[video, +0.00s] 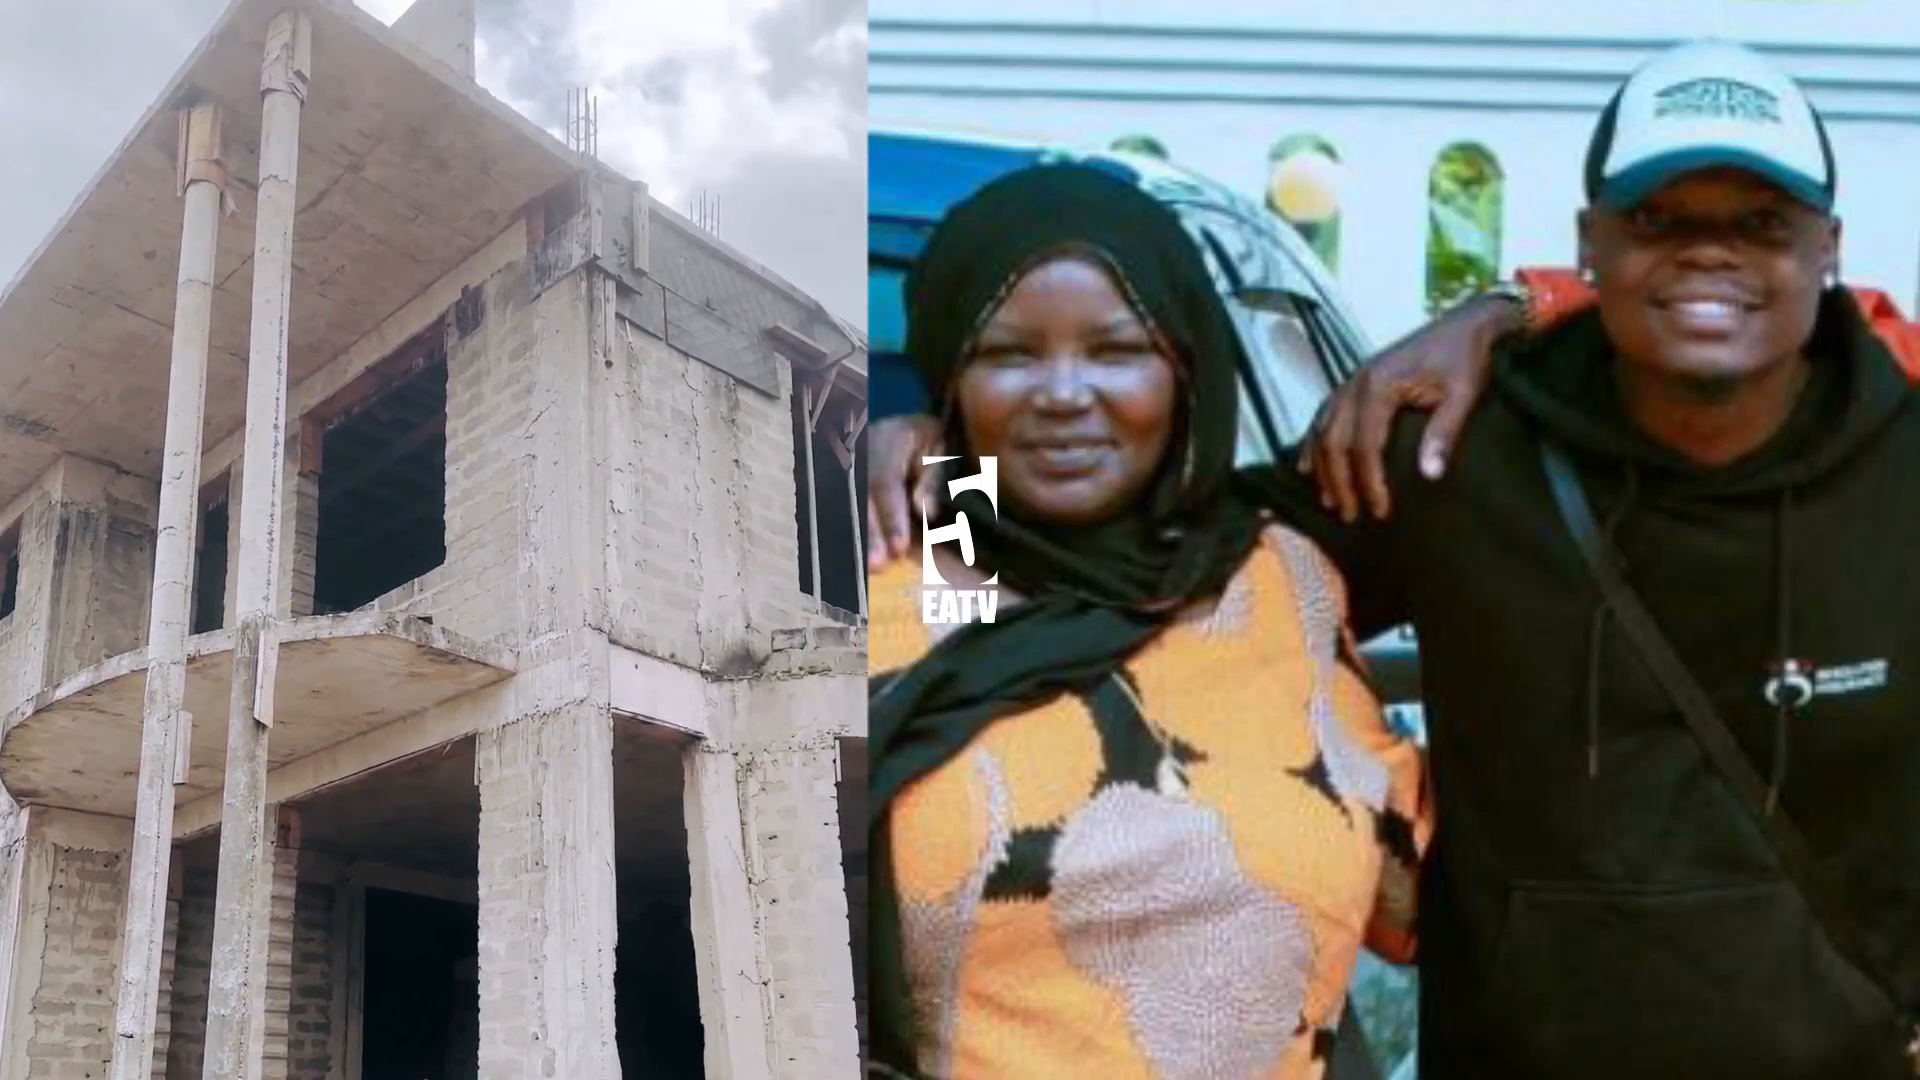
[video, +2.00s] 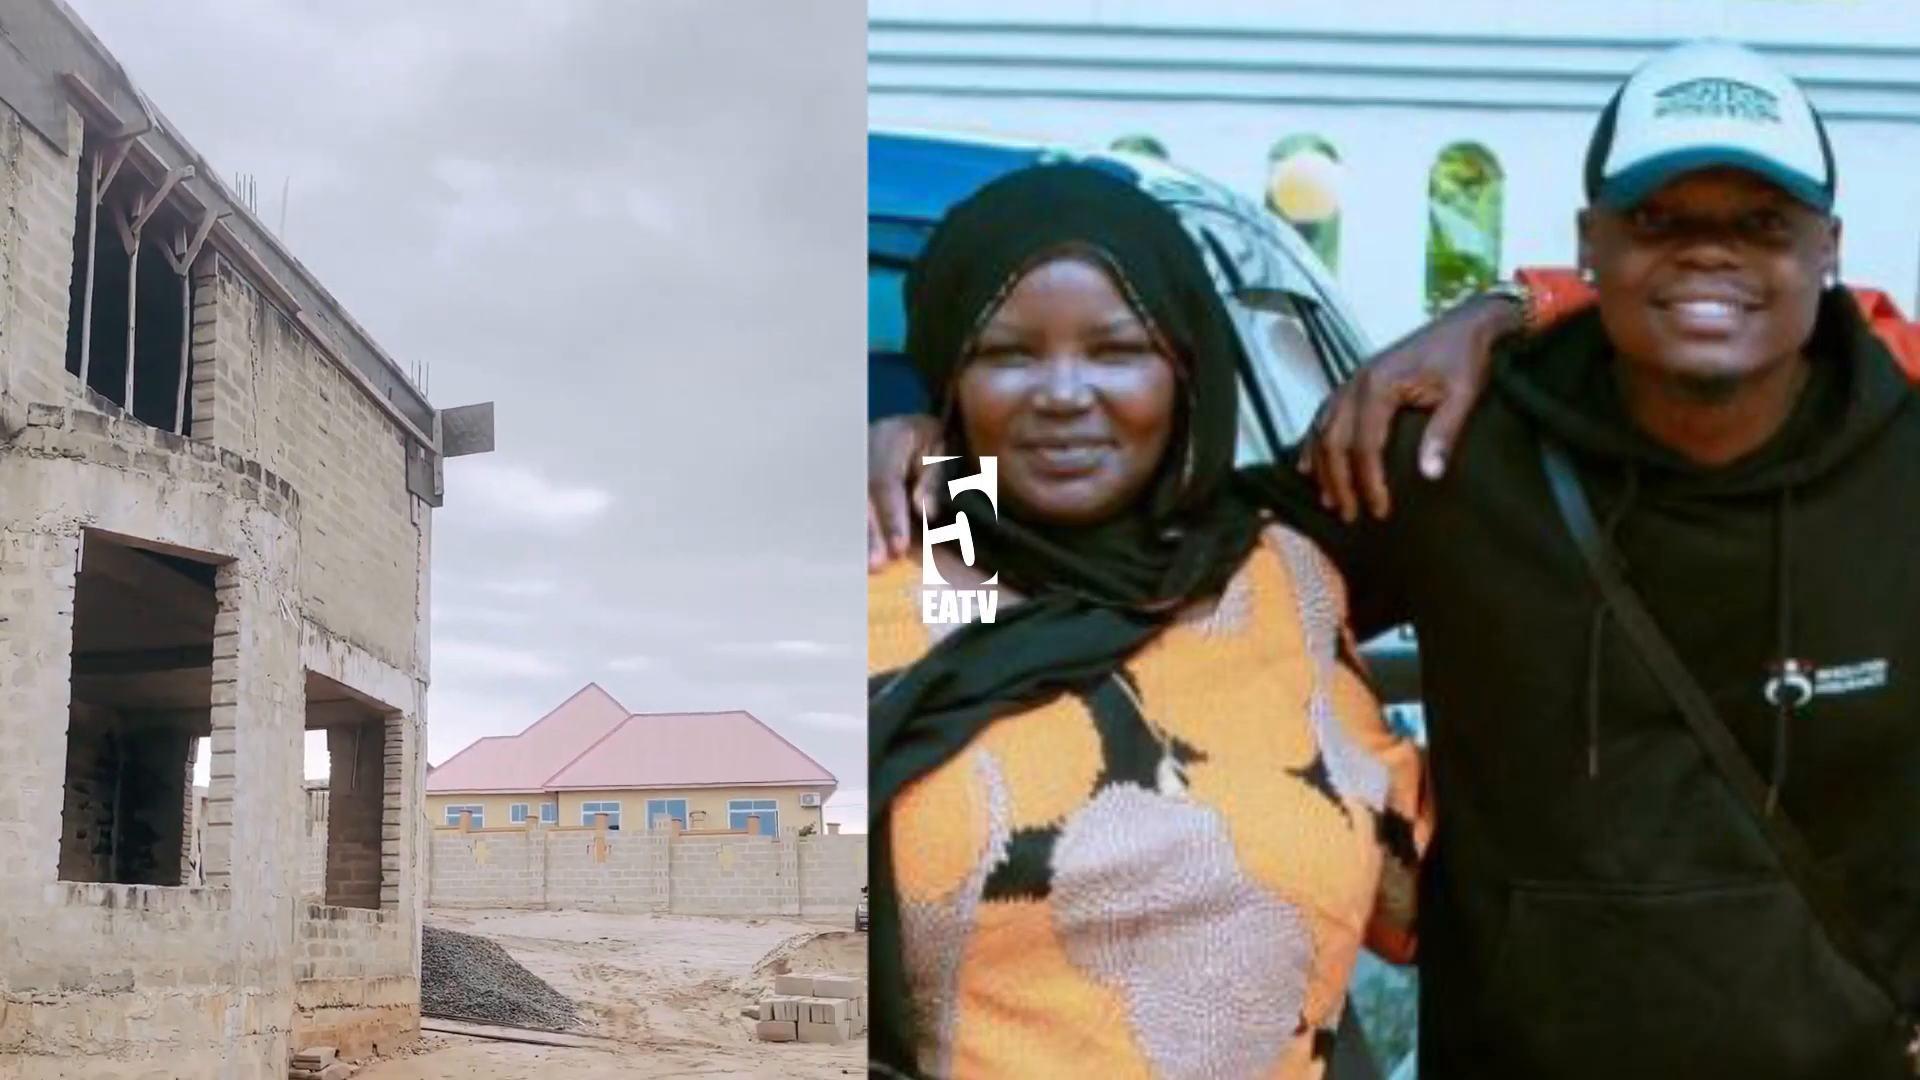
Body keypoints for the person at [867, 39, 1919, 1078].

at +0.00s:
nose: (1707, 251)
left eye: (1757, 218)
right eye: (1664, 214)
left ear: (1826, 249)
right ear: (1595, 241)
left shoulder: (1899, 445)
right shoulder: (1462, 448)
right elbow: (1174, 559)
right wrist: (958, 463)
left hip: (1849, 1039)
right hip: (1534, 1046)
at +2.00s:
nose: (1706, 251)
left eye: (1757, 219)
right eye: (1664, 215)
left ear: (1826, 250)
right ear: (1595, 242)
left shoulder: (1899, 445)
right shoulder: (1463, 447)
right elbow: (1175, 557)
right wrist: (956, 462)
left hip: (1849, 1037)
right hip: (1535, 1044)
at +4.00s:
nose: (1707, 251)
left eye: (1757, 219)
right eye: (1664, 215)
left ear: (1825, 250)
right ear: (1595, 242)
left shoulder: (1898, 445)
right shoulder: (1464, 447)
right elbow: (1176, 557)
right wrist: (961, 457)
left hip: (1849, 1038)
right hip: (1536, 1044)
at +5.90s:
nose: (1706, 251)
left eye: (1757, 218)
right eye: (1664, 214)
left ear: (1826, 250)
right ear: (1594, 241)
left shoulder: (1898, 444)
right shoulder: (1463, 449)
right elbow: (1172, 557)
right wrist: (958, 453)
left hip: (1849, 1038)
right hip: (1535, 1044)